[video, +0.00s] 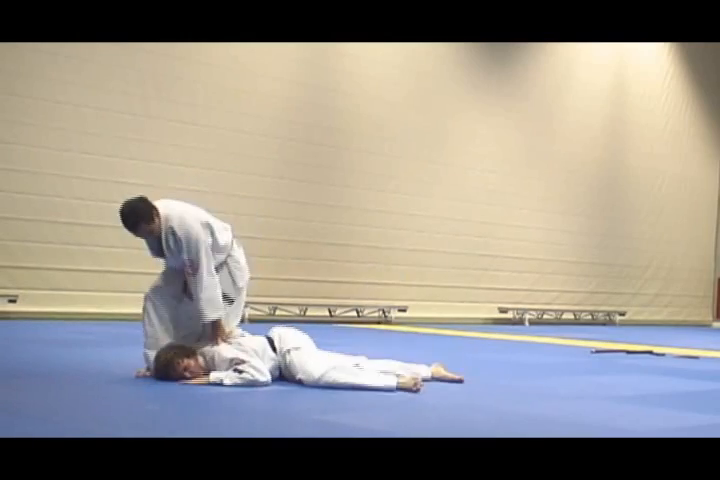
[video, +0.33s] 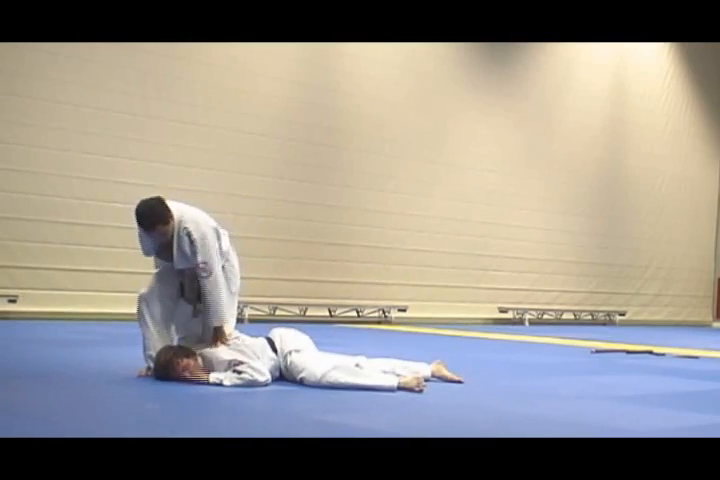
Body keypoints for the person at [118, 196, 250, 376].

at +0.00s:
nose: (144, 236)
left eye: (145, 231)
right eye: (139, 234)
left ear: (153, 219)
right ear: (133, 231)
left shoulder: (187, 226)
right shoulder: (151, 226)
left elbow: (204, 274)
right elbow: (170, 256)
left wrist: (215, 320)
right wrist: (183, 276)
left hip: (223, 264)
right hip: (182, 268)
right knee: (155, 300)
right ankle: (158, 364)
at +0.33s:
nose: (159, 239)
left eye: (163, 233)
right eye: (153, 235)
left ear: (170, 221)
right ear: (145, 230)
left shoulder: (196, 229)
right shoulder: (146, 228)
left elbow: (211, 277)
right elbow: (158, 258)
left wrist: (218, 324)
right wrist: (184, 277)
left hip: (215, 265)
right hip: (175, 268)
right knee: (149, 301)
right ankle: (155, 363)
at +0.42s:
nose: (159, 233)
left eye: (163, 227)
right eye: (153, 229)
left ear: (171, 217)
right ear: (146, 226)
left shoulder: (195, 226)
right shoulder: (143, 229)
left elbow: (213, 271)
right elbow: (155, 266)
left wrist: (219, 319)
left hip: (205, 269)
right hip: (169, 270)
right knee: (145, 301)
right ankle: (156, 364)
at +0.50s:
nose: (162, 224)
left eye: (166, 219)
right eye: (156, 221)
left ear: (173, 210)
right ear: (148, 218)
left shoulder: (196, 222)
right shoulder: (138, 229)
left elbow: (218, 263)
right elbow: (147, 264)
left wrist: (215, 301)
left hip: (208, 270)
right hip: (170, 272)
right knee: (143, 299)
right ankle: (154, 365)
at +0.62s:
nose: (167, 215)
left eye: (171, 209)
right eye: (161, 210)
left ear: (179, 199)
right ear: (152, 205)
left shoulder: (201, 209)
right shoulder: (140, 215)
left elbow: (235, 234)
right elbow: (137, 250)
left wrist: (215, 266)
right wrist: (173, 267)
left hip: (202, 261)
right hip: (163, 265)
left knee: (218, 312)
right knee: (145, 297)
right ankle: (154, 364)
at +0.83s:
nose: (187, 196)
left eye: (192, 190)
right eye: (182, 192)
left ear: (200, 182)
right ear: (173, 186)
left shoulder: (218, 195)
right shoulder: (157, 201)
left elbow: (236, 226)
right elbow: (153, 243)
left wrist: (221, 249)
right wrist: (176, 266)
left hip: (209, 256)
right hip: (171, 257)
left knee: (224, 323)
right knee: (159, 299)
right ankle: (155, 361)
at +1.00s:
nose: (207, 204)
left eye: (212, 198)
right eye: (201, 199)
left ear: (219, 193)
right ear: (193, 195)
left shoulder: (232, 207)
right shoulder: (175, 207)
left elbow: (246, 245)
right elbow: (168, 248)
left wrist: (226, 266)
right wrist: (182, 287)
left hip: (216, 257)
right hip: (182, 256)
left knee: (217, 309)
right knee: (162, 292)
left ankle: (217, 358)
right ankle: (171, 351)